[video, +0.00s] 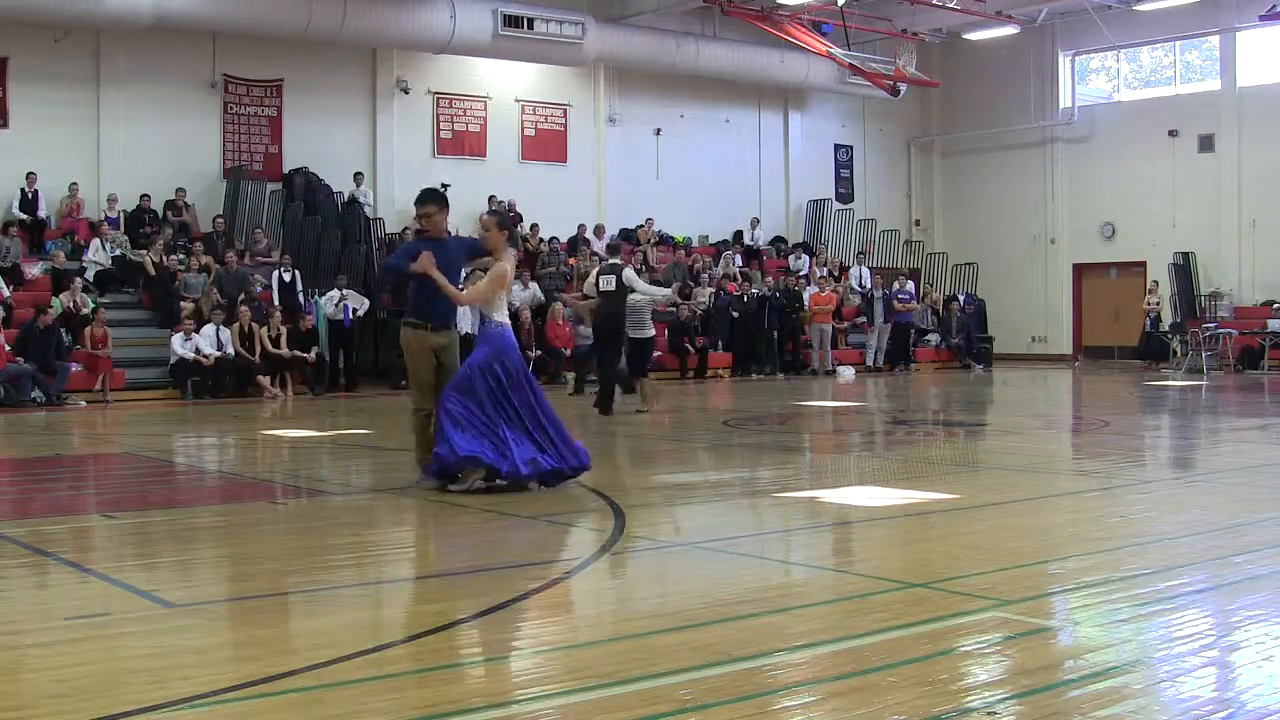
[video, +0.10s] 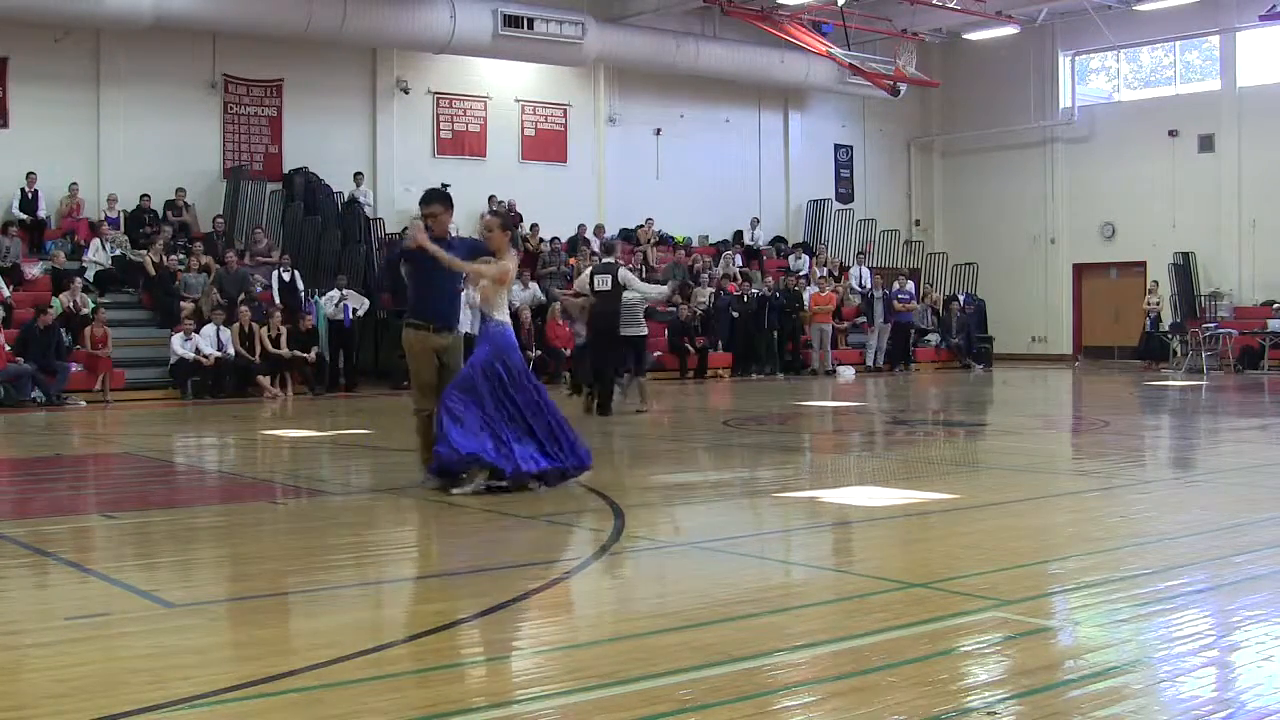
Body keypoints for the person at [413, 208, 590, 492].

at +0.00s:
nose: (481, 236)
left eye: (486, 230)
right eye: (481, 230)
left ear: (503, 234)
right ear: (501, 235)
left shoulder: (502, 268)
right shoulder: (504, 262)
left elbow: (464, 299)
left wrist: (432, 271)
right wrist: (477, 280)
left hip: (495, 343)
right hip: (499, 340)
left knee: (451, 397)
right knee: (495, 402)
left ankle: (474, 464)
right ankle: (510, 466)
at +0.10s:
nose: (483, 235)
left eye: (489, 230)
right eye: (483, 230)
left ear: (506, 234)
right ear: (498, 235)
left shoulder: (505, 266)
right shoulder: (498, 261)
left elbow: (462, 267)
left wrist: (427, 244)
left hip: (496, 339)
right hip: (495, 337)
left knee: (453, 397)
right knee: (498, 403)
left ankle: (478, 465)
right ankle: (509, 468)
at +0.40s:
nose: (487, 217)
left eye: (493, 213)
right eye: (488, 212)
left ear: (509, 219)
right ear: (498, 218)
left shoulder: (502, 251)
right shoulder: (501, 247)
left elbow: (460, 231)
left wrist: (421, 203)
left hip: (491, 324)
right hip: (492, 322)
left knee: (477, 390)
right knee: (497, 392)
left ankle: (477, 462)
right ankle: (513, 459)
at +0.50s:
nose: (486, 215)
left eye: (492, 212)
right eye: (486, 211)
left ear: (508, 219)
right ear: (489, 217)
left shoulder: (499, 249)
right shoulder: (494, 248)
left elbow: (459, 235)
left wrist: (425, 200)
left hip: (490, 321)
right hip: (492, 319)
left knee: (479, 389)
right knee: (496, 390)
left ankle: (478, 461)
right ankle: (513, 459)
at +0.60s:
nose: (480, 218)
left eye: (487, 214)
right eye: (481, 214)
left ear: (503, 221)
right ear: (488, 221)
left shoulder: (494, 252)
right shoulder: (491, 251)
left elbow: (457, 241)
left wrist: (426, 205)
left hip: (488, 324)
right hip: (489, 322)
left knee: (476, 389)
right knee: (491, 390)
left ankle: (478, 462)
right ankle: (506, 462)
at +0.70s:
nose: (473, 222)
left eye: (479, 217)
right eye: (474, 216)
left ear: (495, 224)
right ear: (487, 224)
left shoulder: (487, 257)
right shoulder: (485, 253)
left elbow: (444, 238)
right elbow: (445, 240)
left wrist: (412, 203)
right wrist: (418, 214)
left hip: (482, 332)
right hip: (483, 329)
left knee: (464, 393)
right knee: (492, 396)